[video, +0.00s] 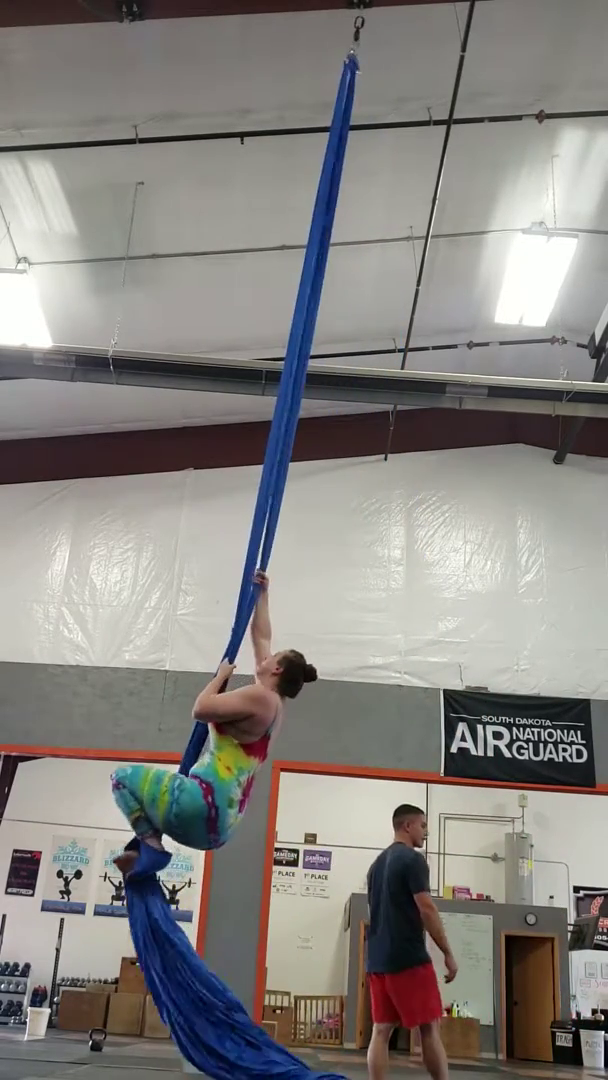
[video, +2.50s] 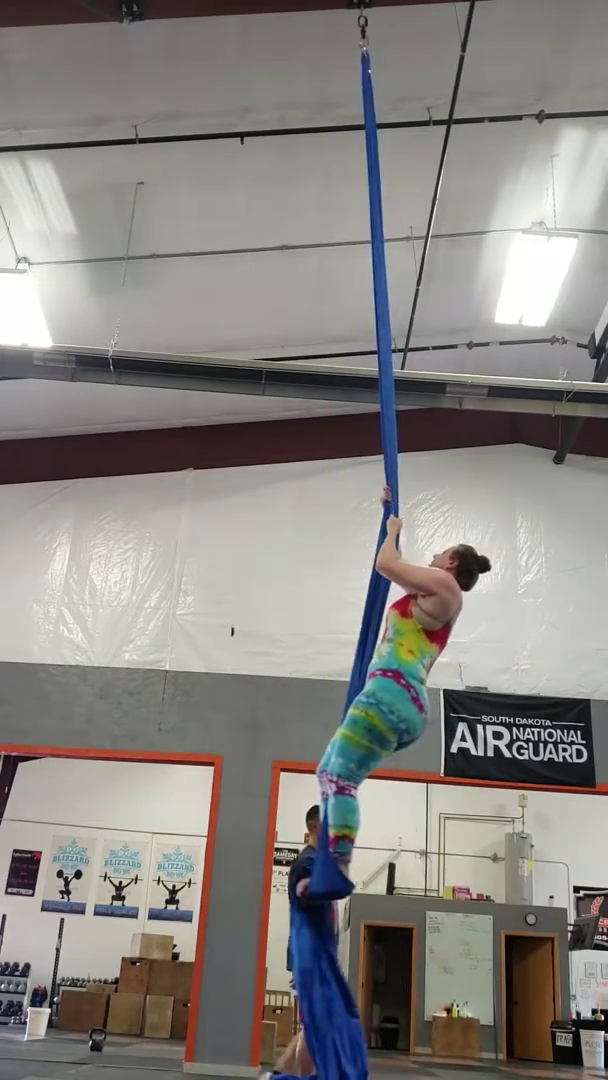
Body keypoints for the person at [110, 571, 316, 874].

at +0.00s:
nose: (266, 659)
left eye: (271, 657)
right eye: (270, 655)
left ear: (275, 670)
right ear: (283, 678)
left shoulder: (260, 697)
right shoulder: (273, 703)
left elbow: (202, 708)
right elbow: (261, 638)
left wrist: (222, 675)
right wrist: (261, 593)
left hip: (201, 805)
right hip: (216, 828)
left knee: (123, 778)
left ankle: (151, 845)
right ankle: (142, 849)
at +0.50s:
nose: (299, 627)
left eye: (304, 624)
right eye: (303, 624)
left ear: (310, 633)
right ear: (322, 641)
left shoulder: (287, 670)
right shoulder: (315, 671)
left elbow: (235, 705)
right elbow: (283, 636)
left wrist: (244, 672)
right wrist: (283, 592)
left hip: (260, 782)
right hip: (280, 793)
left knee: (172, 779)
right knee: (188, 784)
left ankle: (193, 856)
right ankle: (187, 858)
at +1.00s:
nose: (396, 590)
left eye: (402, 588)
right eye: (401, 587)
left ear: (410, 596)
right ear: (421, 608)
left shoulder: (385, 608)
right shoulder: (409, 643)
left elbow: (333, 570)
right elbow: (355, 630)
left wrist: (324, 538)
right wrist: (339, 591)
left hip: (336, 720)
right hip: (357, 744)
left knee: (257, 773)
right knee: (269, 777)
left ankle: (264, 865)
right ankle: (259, 856)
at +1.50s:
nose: (456, 560)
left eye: (463, 556)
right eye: (462, 556)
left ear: (473, 563)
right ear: (482, 573)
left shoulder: (461, 582)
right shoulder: (473, 609)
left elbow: (402, 560)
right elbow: (406, 623)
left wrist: (402, 530)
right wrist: (396, 577)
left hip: (410, 692)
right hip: (431, 709)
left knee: (348, 771)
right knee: (352, 774)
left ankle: (348, 868)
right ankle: (348, 865)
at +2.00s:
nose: (446, 536)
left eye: (451, 534)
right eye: (451, 533)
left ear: (459, 542)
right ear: (470, 553)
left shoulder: (453, 565)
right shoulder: (434, 588)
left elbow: (392, 562)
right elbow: (379, 591)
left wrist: (405, 533)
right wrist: (381, 545)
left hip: (432, 678)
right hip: (460, 694)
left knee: (407, 777)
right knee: (403, 778)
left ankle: (428, 871)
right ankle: (420, 872)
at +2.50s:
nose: (435, 556)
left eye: (441, 553)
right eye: (439, 553)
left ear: (450, 562)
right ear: (459, 569)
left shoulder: (445, 586)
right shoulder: (439, 591)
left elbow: (386, 565)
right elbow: (391, 563)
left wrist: (392, 532)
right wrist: (390, 513)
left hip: (391, 692)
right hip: (405, 702)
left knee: (339, 776)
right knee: (332, 774)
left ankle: (335, 871)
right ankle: (332, 867)